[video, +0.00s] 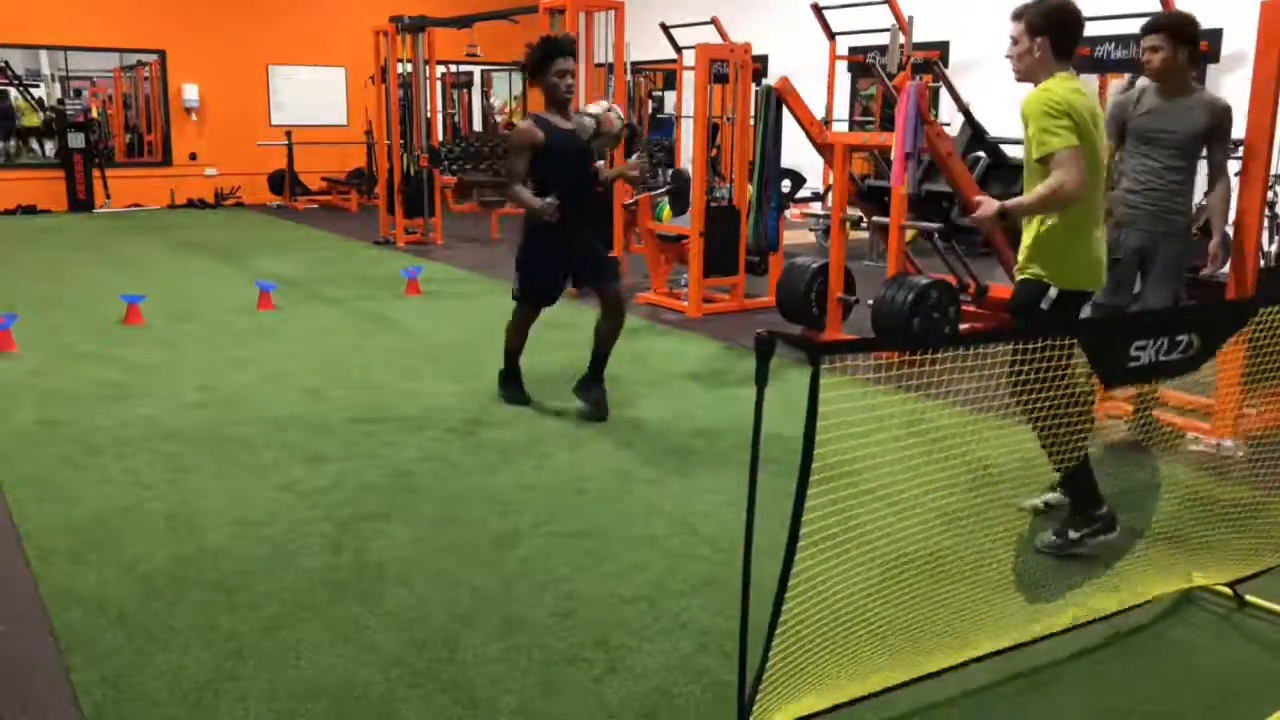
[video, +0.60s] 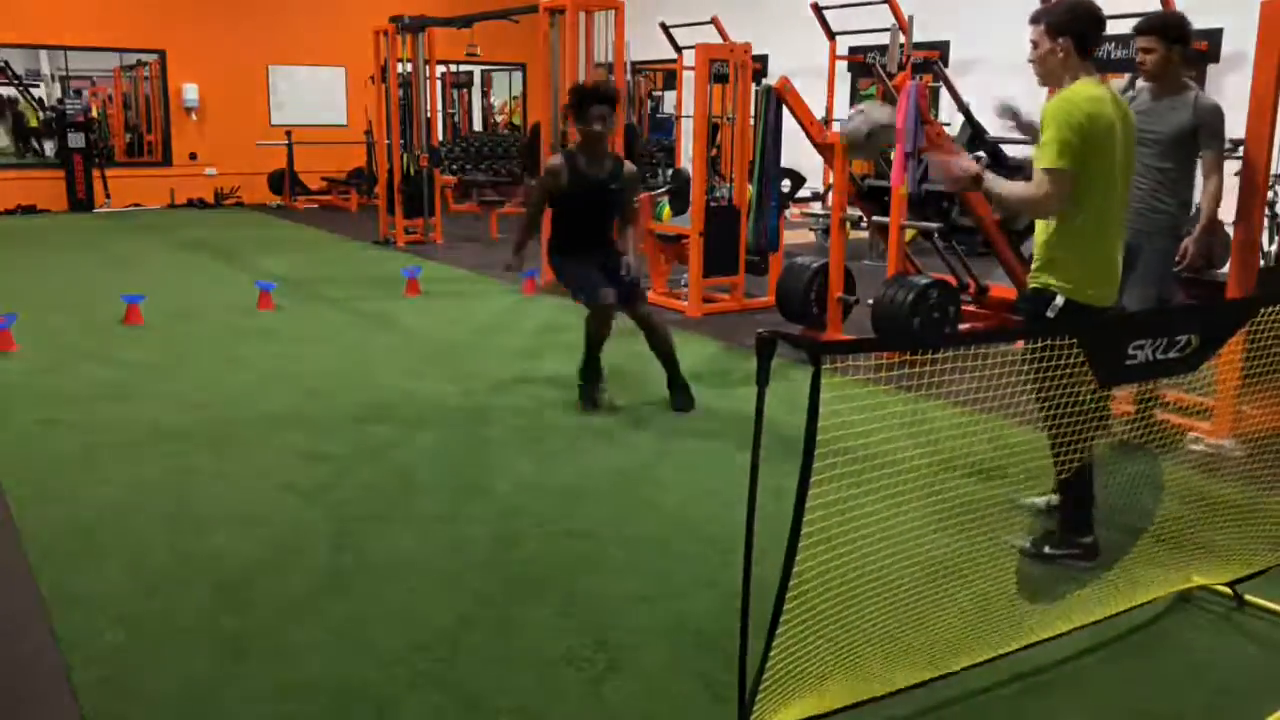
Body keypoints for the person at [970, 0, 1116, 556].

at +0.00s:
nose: (1010, 50)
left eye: (1018, 41)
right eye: (1012, 41)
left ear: (1045, 46)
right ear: (1055, 47)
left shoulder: (1045, 98)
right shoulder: (1080, 96)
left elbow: (1069, 183)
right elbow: (1096, 179)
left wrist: (1003, 207)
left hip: (1050, 272)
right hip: (1076, 270)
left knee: (1027, 381)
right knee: (1054, 377)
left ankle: (1092, 511)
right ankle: (1072, 482)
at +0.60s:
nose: (1031, 57)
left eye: (1035, 45)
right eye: (1031, 45)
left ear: (1061, 45)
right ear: (1078, 47)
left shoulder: (1069, 106)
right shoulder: (1111, 104)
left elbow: (1050, 198)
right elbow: (1081, 194)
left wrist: (980, 179)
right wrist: (1009, 193)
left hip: (1063, 283)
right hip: (1097, 281)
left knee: (1060, 402)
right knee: (1073, 397)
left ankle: (1077, 535)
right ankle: (1071, 504)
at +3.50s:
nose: (1033, 53)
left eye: (1039, 43)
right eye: (1035, 43)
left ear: (1065, 47)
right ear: (1074, 48)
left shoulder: (1083, 110)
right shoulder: (1107, 104)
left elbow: (1080, 208)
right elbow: (1097, 197)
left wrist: (1007, 254)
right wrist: (1039, 217)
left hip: (1089, 280)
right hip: (1108, 277)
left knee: (1077, 396)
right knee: (1078, 390)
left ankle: (1094, 524)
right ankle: (1079, 489)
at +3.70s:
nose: (1032, 53)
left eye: (1038, 43)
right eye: (1034, 43)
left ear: (1062, 47)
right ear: (1076, 47)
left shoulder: (1075, 109)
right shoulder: (1115, 106)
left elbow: (1070, 208)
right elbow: (1101, 201)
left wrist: (1000, 259)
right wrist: (1031, 241)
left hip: (1086, 280)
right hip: (1114, 278)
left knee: (1078, 397)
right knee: (1081, 391)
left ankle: (1094, 525)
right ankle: (1081, 492)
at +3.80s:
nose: (1030, 54)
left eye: (1035, 44)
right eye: (1031, 44)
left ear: (1058, 47)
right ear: (1074, 48)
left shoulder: (1071, 110)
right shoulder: (1113, 106)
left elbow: (1066, 208)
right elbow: (1101, 202)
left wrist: (996, 255)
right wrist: (1024, 246)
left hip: (1084, 282)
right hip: (1114, 280)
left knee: (1073, 397)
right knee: (1078, 390)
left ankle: (1094, 524)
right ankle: (1076, 487)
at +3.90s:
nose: (1028, 55)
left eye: (1033, 44)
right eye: (1030, 44)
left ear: (1055, 47)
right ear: (1072, 48)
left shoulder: (1066, 111)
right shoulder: (1112, 106)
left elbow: (1058, 207)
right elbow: (1113, 197)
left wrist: (990, 240)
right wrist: (1025, 231)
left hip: (1079, 280)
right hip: (1110, 278)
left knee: (1074, 396)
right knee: (1084, 390)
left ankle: (1092, 523)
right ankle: (1082, 492)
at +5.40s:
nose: (925, 79)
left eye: (934, 68)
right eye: (914, 70)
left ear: (951, 64)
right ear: (900, 71)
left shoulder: (983, 118)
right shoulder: (895, 122)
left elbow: (1045, 171)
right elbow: (862, 159)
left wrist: (1050, 233)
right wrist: (810, 129)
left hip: (990, 273)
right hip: (922, 273)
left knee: (1017, 386)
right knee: (887, 367)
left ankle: (1055, 505)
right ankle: (864, 468)